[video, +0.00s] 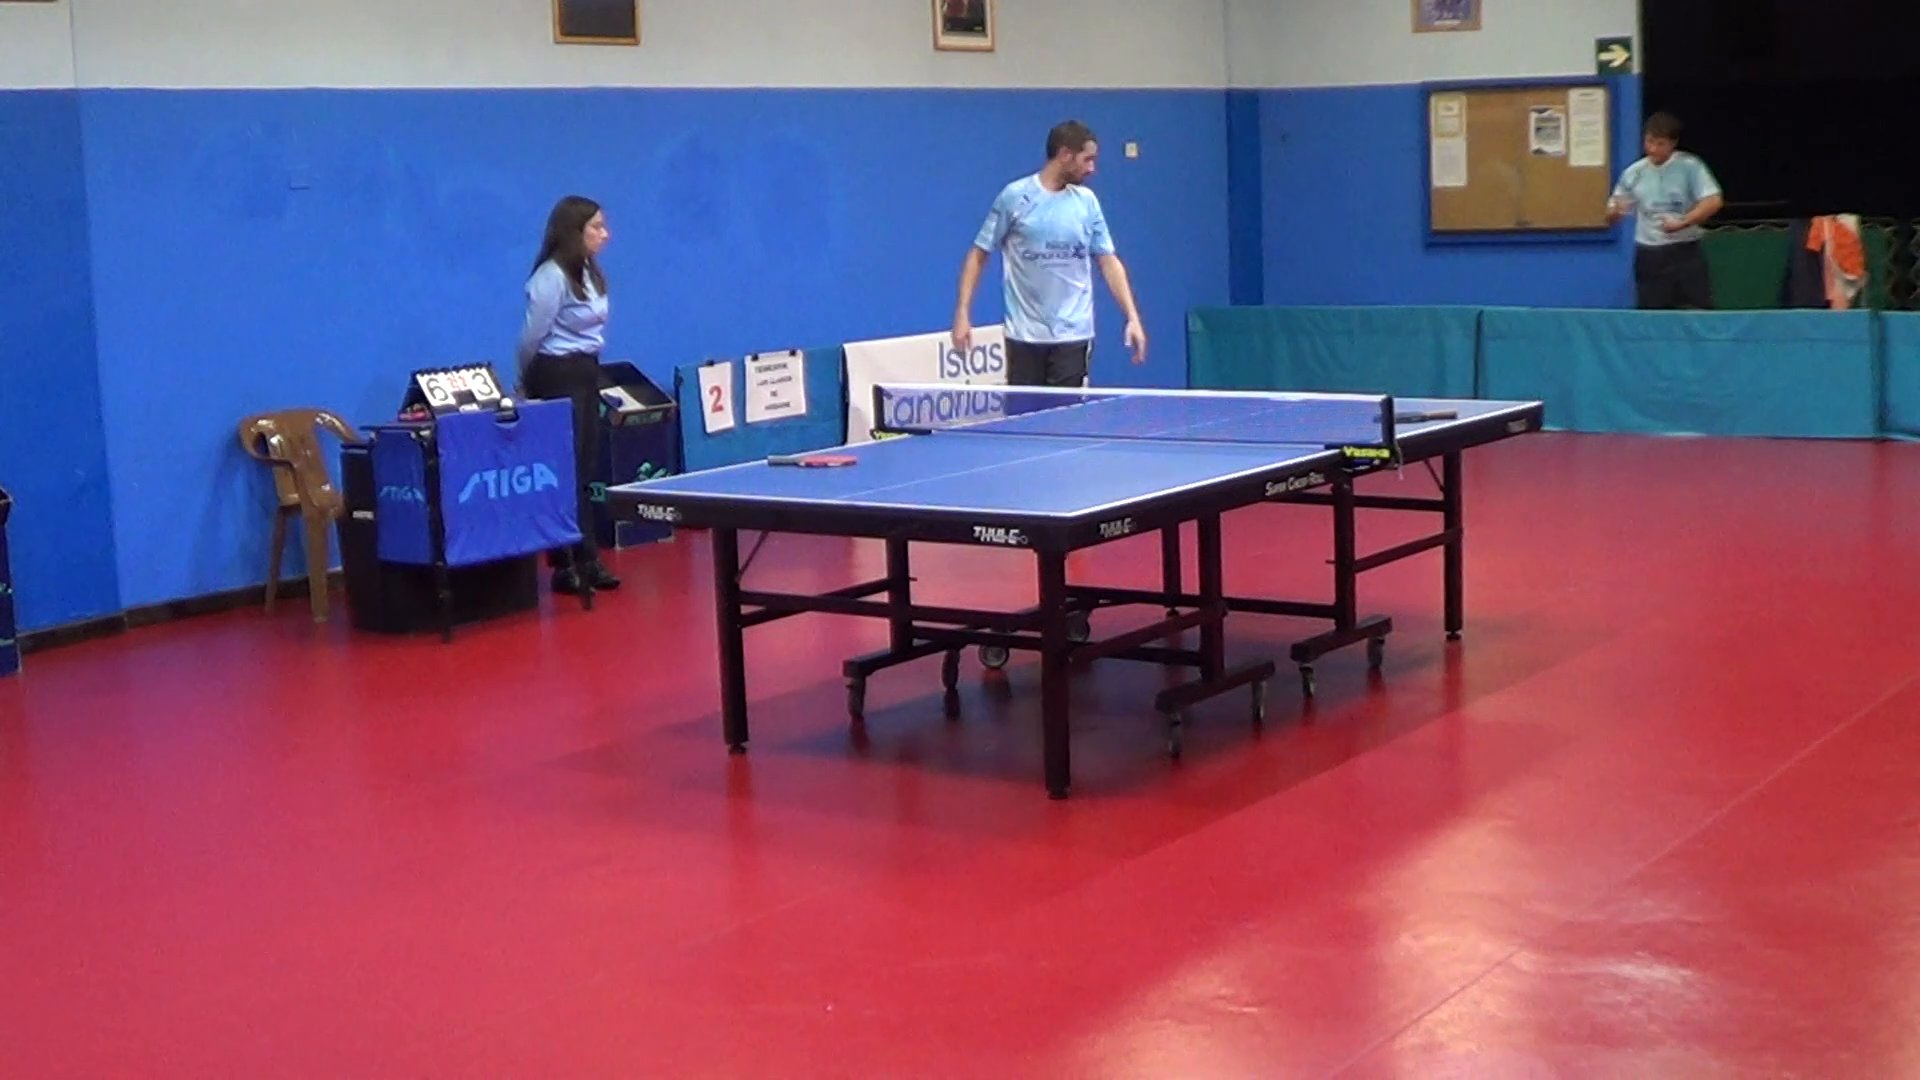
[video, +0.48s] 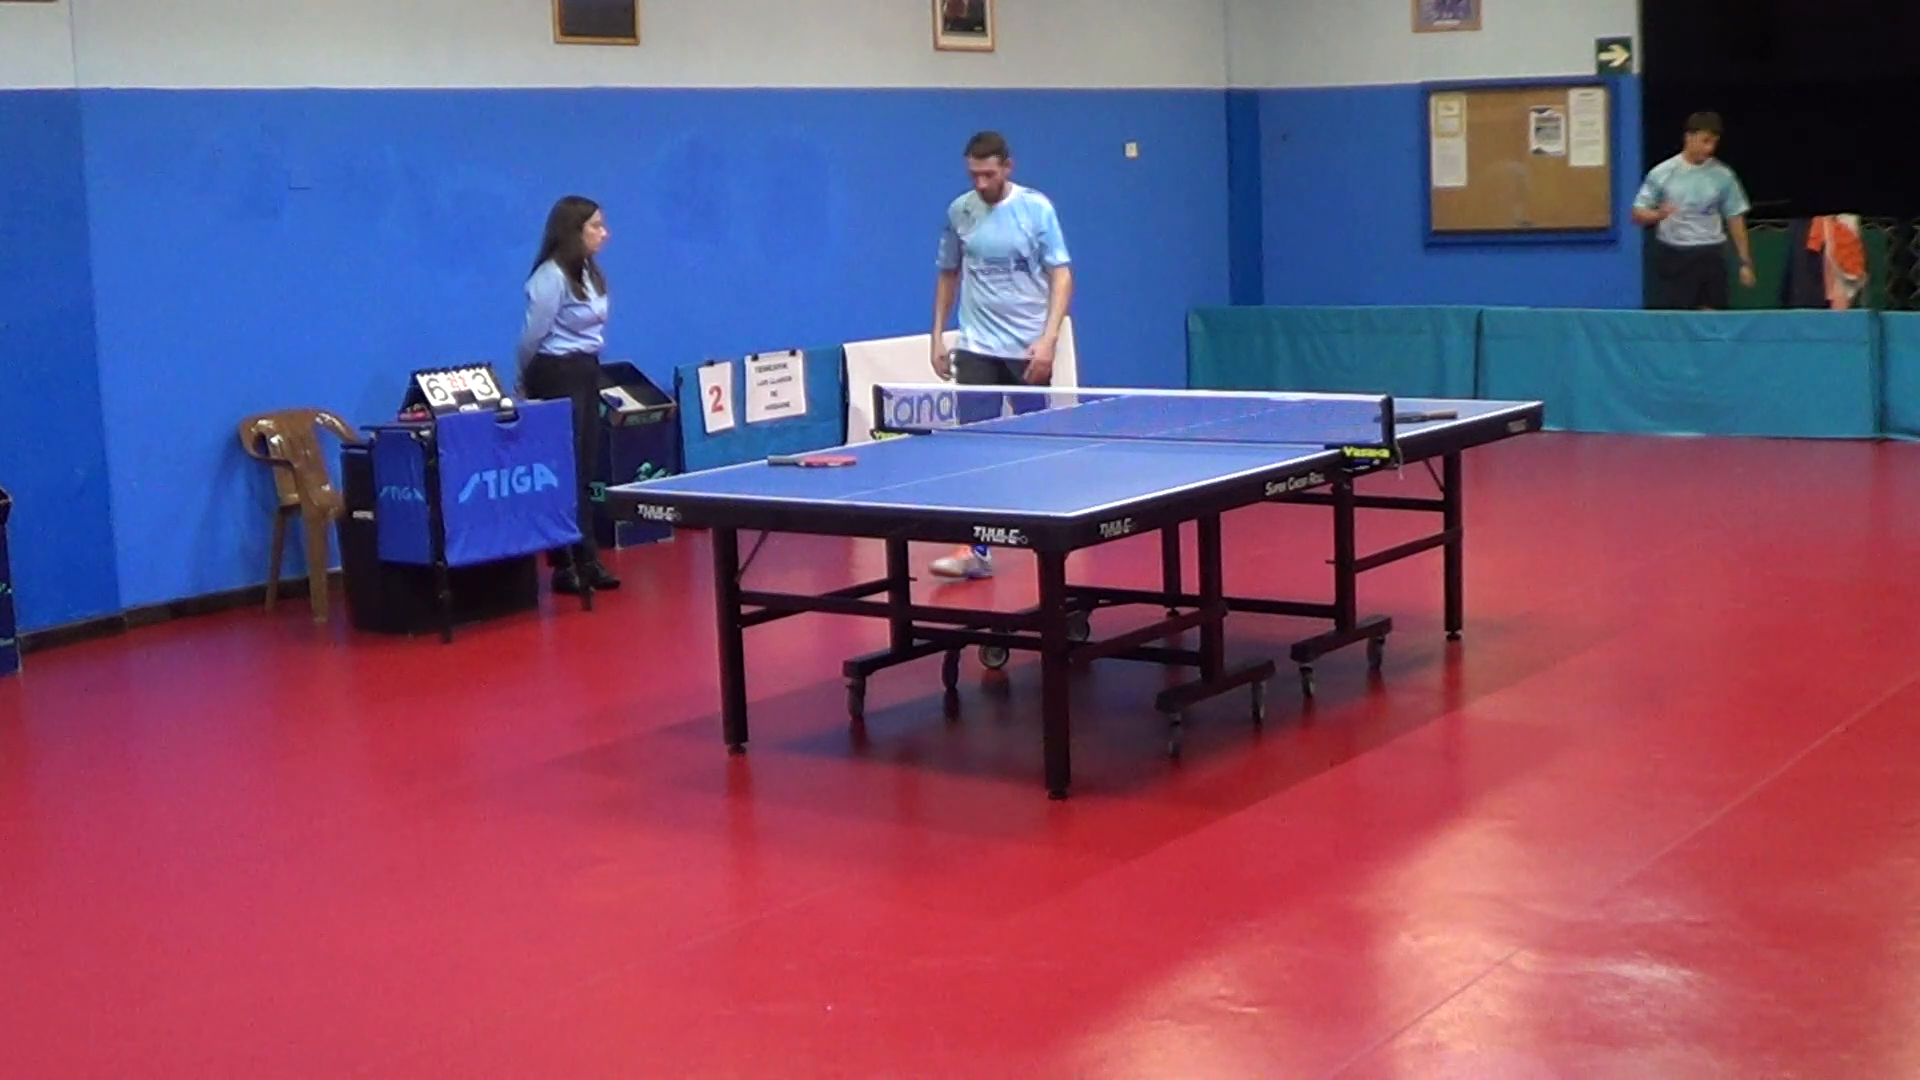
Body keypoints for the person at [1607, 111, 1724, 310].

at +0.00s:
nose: (1653, 148)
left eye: (1660, 144)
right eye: (1650, 142)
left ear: (1673, 144)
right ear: (1644, 141)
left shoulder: (1691, 166)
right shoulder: (1634, 171)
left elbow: (1713, 200)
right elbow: (1615, 203)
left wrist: (1682, 222)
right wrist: (1615, 210)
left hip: (1685, 248)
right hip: (1649, 251)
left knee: (1696, 311)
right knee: (1652, 313)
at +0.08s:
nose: (1658, 159)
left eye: (1664, 154)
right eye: (1654, 152)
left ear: (1675, 153)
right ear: (1648, 148)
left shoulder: (1692, 165)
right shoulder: (1635, 173)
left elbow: (1718, 197)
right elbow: (1611, 215)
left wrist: (1684, 205)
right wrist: (1619, 210)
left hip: (1688, 250)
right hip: (1651, 252)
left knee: (1698, 311)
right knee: (1654, 313)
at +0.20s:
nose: (1667, 160)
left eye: (1674, 155)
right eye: (1663, 152)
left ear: (1684, 154)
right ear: (1656, 147)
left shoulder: (1698, 168)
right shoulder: (1638, 174)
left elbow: (1724, 203)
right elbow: (1614, 215)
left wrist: (1694, 213)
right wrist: (1627, 211)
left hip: (1692, 250)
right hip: (1655, 252)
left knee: (1702, 312)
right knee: (1656, 314)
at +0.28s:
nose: (1676, 155)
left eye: (1682, 150)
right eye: (1672, 148)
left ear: (1690, 149)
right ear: (1662, 144)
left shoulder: (1705, 171)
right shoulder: (1645, 172)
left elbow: (1729, 207)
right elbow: (1619, 213)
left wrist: (1702, 217)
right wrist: (1635, 209)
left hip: (1695, 251)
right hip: (1658, 252)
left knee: (1703, 311)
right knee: (1660, 313)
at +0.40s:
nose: (1696, 150)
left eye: (1701, 145)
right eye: (1692, 143)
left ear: (1706, 146)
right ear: (1678, 139)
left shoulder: (1715, 174)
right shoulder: (1654, 173)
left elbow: (1736, 210)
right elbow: (1629, 212)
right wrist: (1647, 212)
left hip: (1703, 252)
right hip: (1664, 252)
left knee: (1706, 316)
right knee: (1664, 317)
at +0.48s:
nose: (1710, 148)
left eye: (1714, 142)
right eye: (1705, 141)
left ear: (1717, 143)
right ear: (1689, 139)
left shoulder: (1723, 176)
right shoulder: (1662, 173)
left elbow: (1735, 219)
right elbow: (1639, 211)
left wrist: (1745, 262)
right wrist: (1658, 215)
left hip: (1711, 252)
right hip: (1673, 252)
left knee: (1712, 315)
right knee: (1675, 316)